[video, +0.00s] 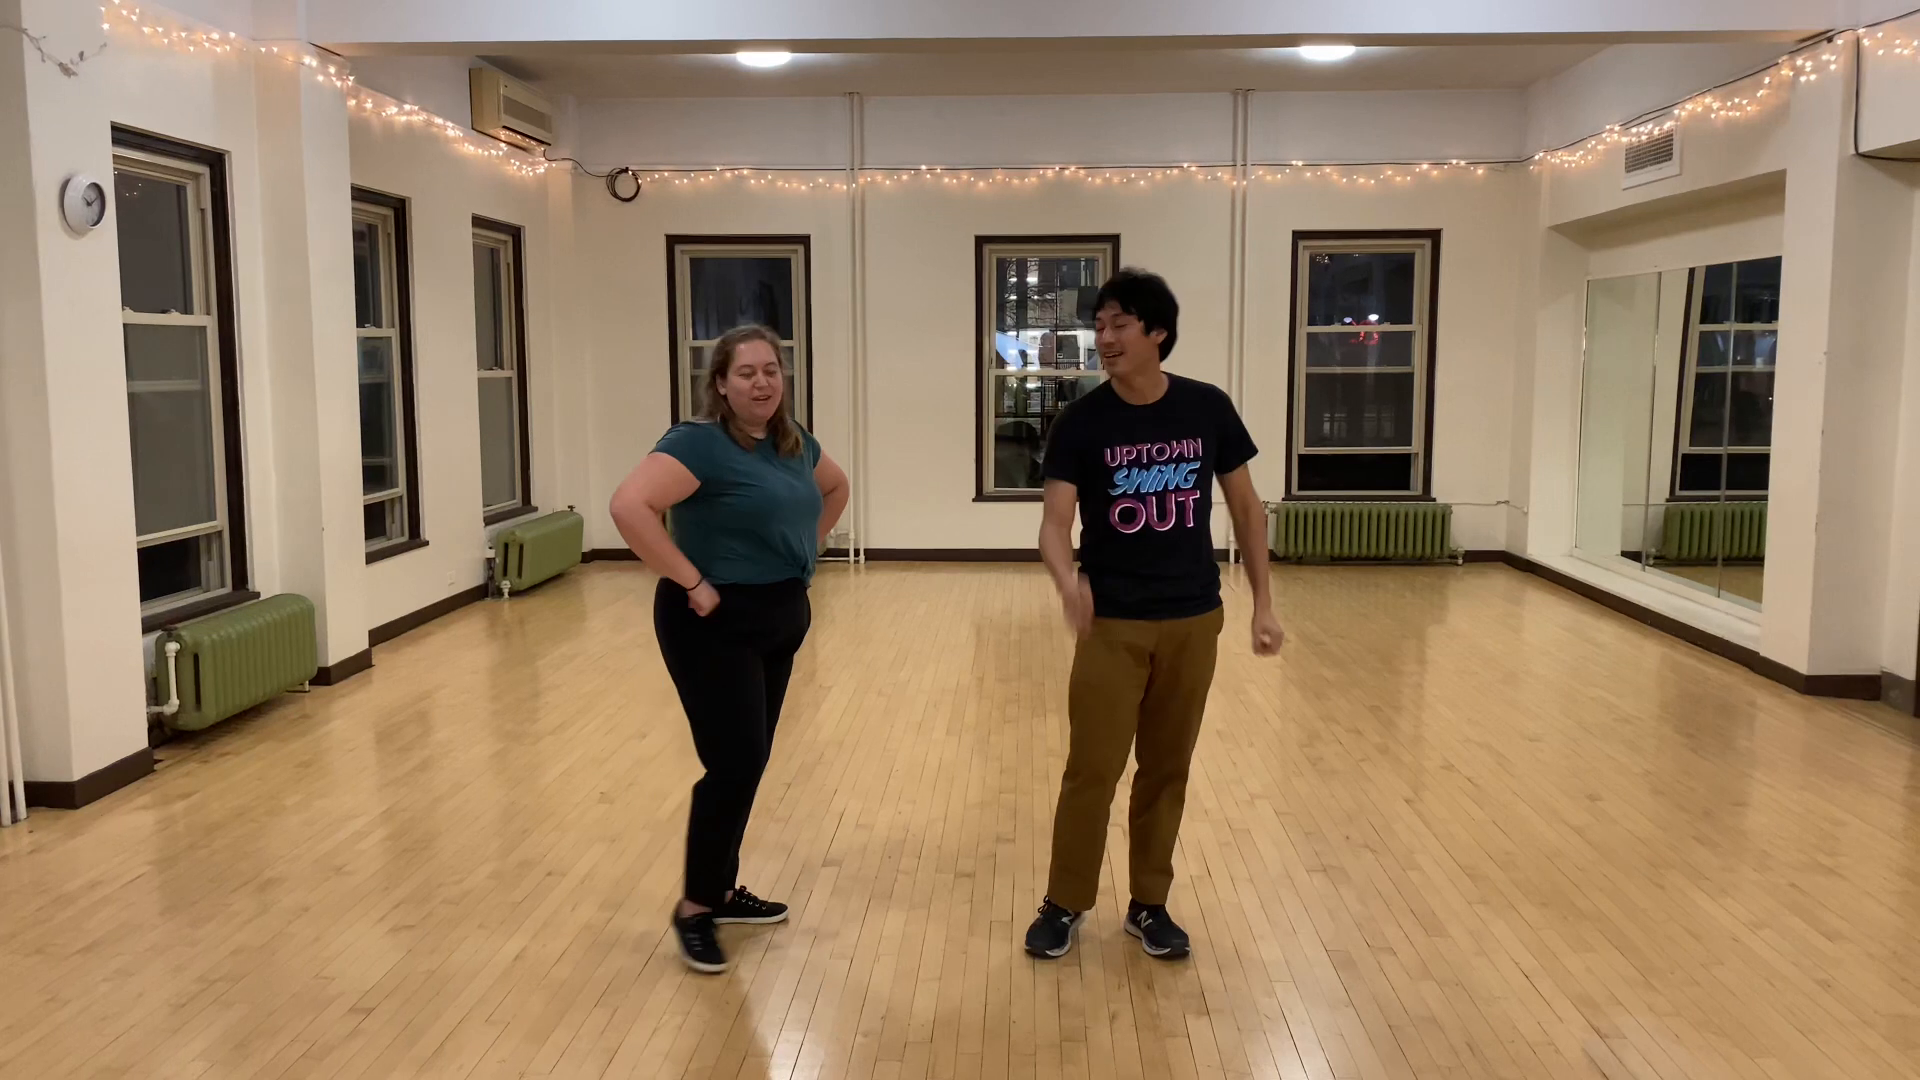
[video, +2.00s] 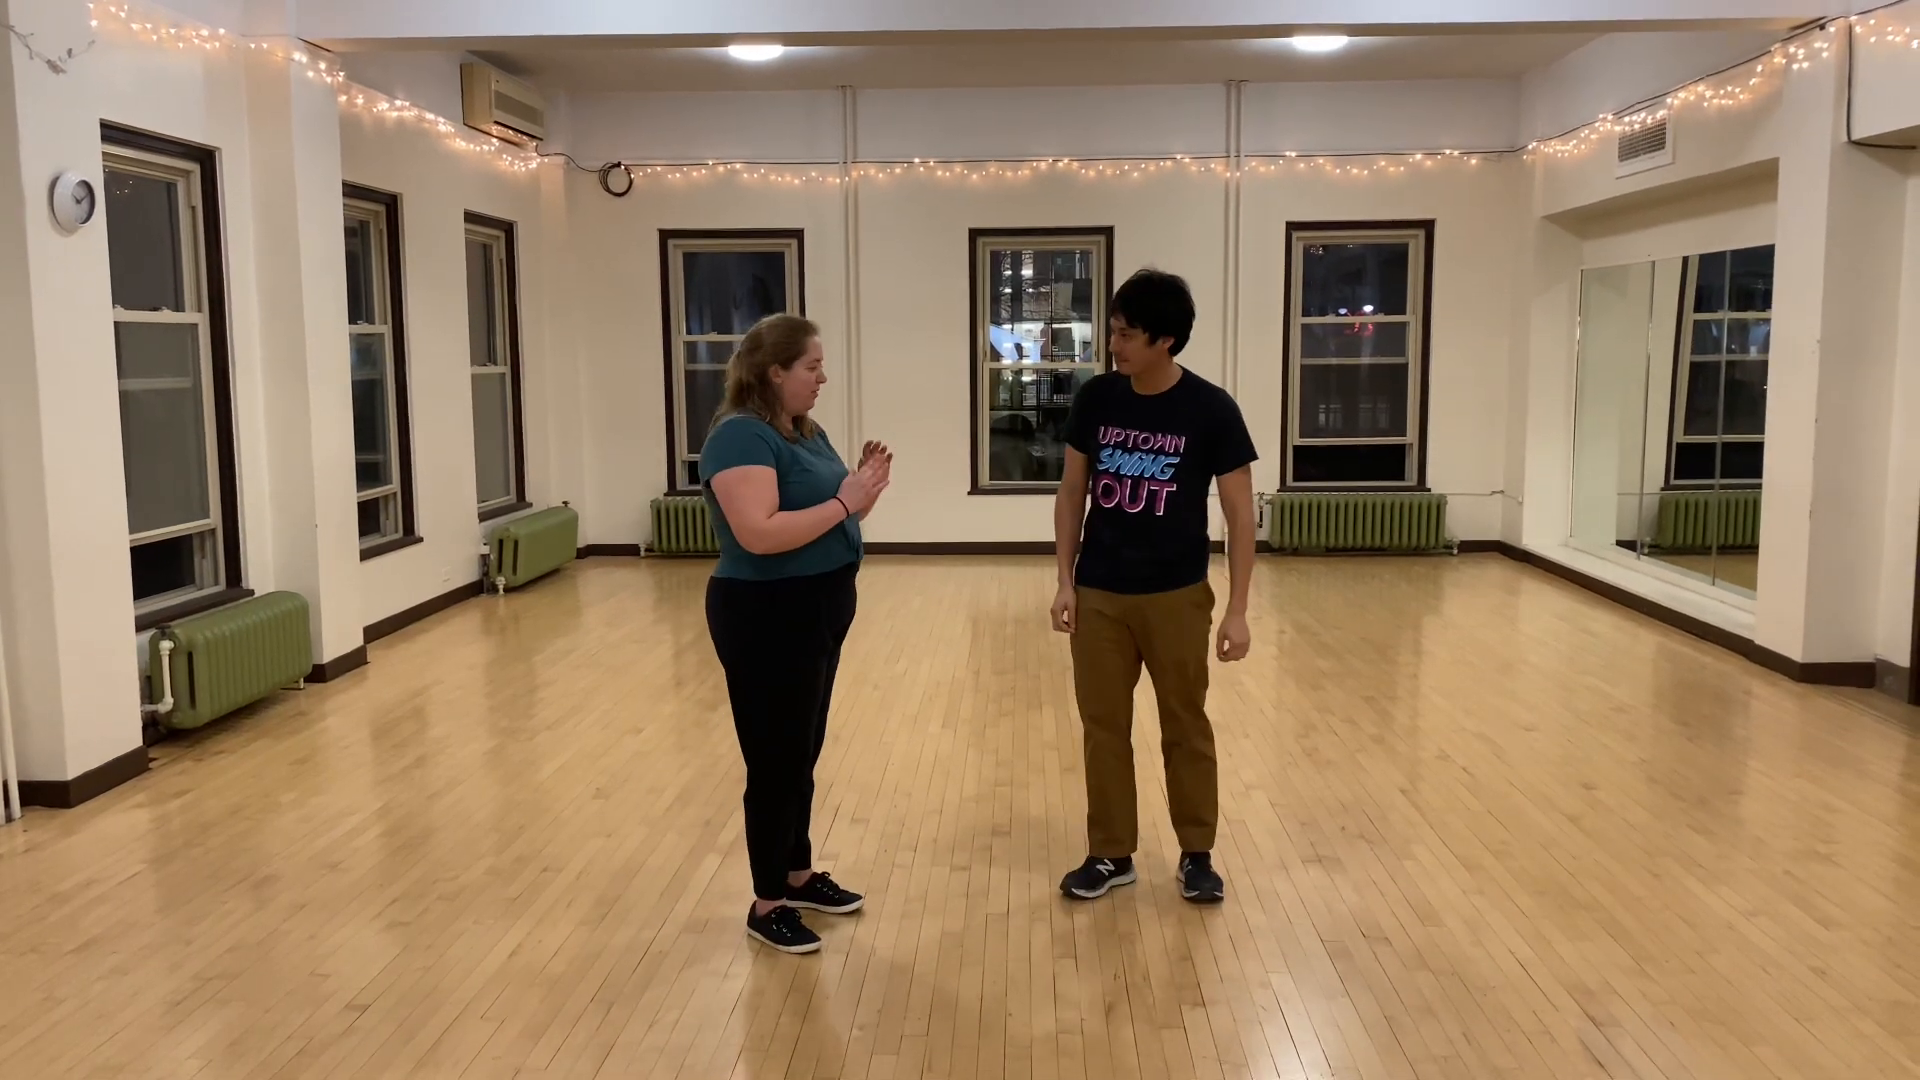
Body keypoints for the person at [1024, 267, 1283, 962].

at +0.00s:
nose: (1107, 337)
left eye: (1120, 324)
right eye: (1100, 327)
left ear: (1160, 332)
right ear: (1095, 336)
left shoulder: (1207, 408)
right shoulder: (1079, 423)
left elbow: (1246, 507)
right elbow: (1055, 527)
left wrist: (1263, 602)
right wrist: (1068, 581)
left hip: (1191, 624)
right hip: (1109, 626)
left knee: (1166, 773)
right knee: (1090, 772)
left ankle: (1149, 905)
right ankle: (1064, 903)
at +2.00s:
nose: (1114, 341)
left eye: (1127, 332)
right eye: (1113, 328)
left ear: (1166, 340)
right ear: (1118, 329)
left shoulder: (1212, 410)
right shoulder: (1097, 399)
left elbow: (1241, 516)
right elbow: (1071, 493)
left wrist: (1237, 608)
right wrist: (1065, 578)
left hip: (1175, 597)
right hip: (1098, 595)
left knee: (1185, 726)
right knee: (1102, 728)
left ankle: (1196, 853)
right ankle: (1112, 854)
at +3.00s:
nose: (1043, 343)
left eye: (1051, 331)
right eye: (1042, 331)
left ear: (1089, 332)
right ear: (1074, 334)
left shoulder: (1147, 403)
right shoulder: (1064, 405)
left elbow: (1168, 511)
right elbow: (1049, 497)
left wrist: (1138, 602)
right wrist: (982, 537)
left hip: (1128, 598)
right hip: (1068, 596)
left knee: (1141, 739)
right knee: (1090, 730)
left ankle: (1160, 885)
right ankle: (1107, 851)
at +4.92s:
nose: (992, 372)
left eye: (998, 359)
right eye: (991, 359)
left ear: (1033, 358)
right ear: (1036, 359)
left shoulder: (1090, 423)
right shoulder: (1056, 421)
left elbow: (1113, 536)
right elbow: (1050, 506)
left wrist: (1054, 618)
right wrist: (973, 536)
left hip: (1118, 608)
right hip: (1072, 607)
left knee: (1133, 741)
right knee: (1035, 739)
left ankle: (1196, 875)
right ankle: (1037, 883)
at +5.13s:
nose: (950, 346)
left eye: (958, 333)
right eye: (951, 333)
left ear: (994, 339)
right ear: (993, 341)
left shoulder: (1050, 406)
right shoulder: (1009, 410)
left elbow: (1096, 508)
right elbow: (1011, 508)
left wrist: (1029, 580)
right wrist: (935, 543)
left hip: (1074, 596)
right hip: (1036, 596)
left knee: (1043, 731)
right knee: (1020, 733)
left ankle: (1146, 845)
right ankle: (1037, 881)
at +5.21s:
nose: (936, 343)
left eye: (944, 331)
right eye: (938, 330)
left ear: (980, 338)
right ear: (976, 336)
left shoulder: (1038, 403)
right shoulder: (993, 411)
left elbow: (1087, 502)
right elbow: (987, 507)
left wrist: (1017, 569)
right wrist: (903, 536)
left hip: (1059, 591)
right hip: (1026, 591)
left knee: (1006, 727)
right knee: (1013, 728)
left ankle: (1098, 855)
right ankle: (1035, 878)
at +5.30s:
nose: (926, 343)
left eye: (936, 331)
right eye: (929, 331)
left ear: (970, 339)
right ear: (968, 341)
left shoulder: (1028, 406)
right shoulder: (977, 419)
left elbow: (1078, 500)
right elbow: (954, 512)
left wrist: (1009, 562)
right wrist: (867, 529)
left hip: (1046, 597)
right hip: (1021, 594)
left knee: (973, 726)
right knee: (1005, 726)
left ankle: (1031, 876)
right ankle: (1033, 873)